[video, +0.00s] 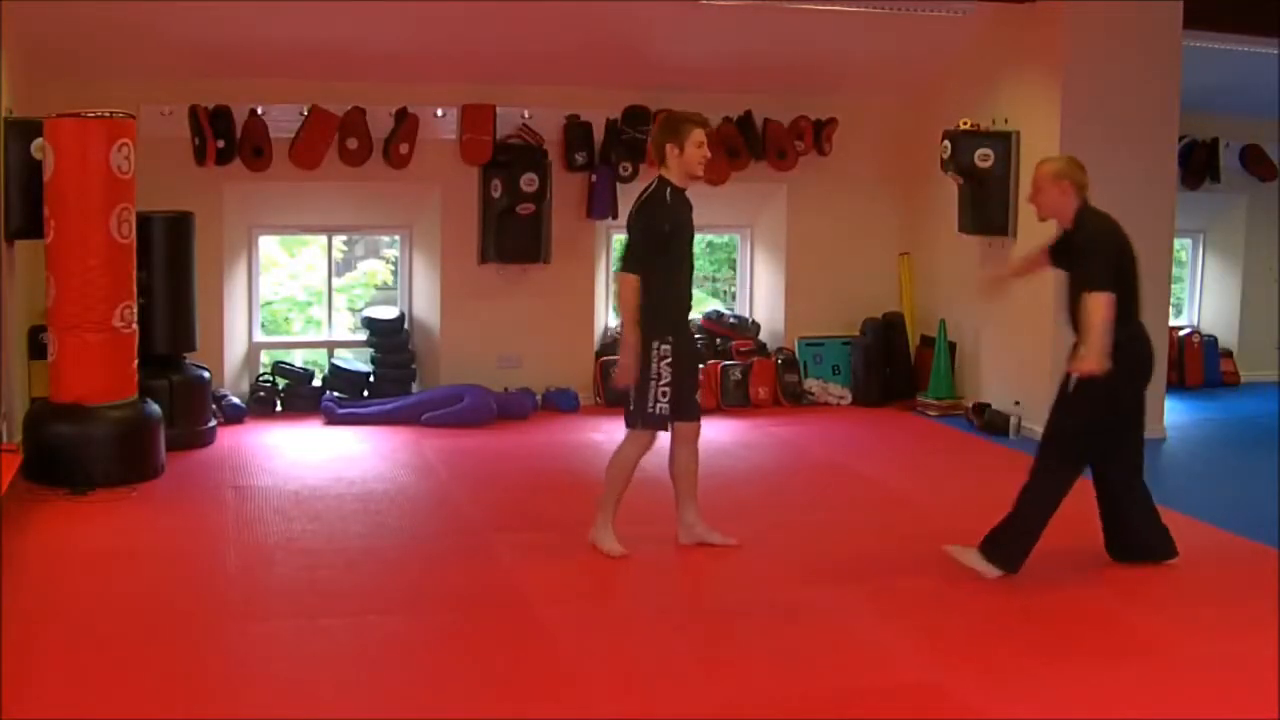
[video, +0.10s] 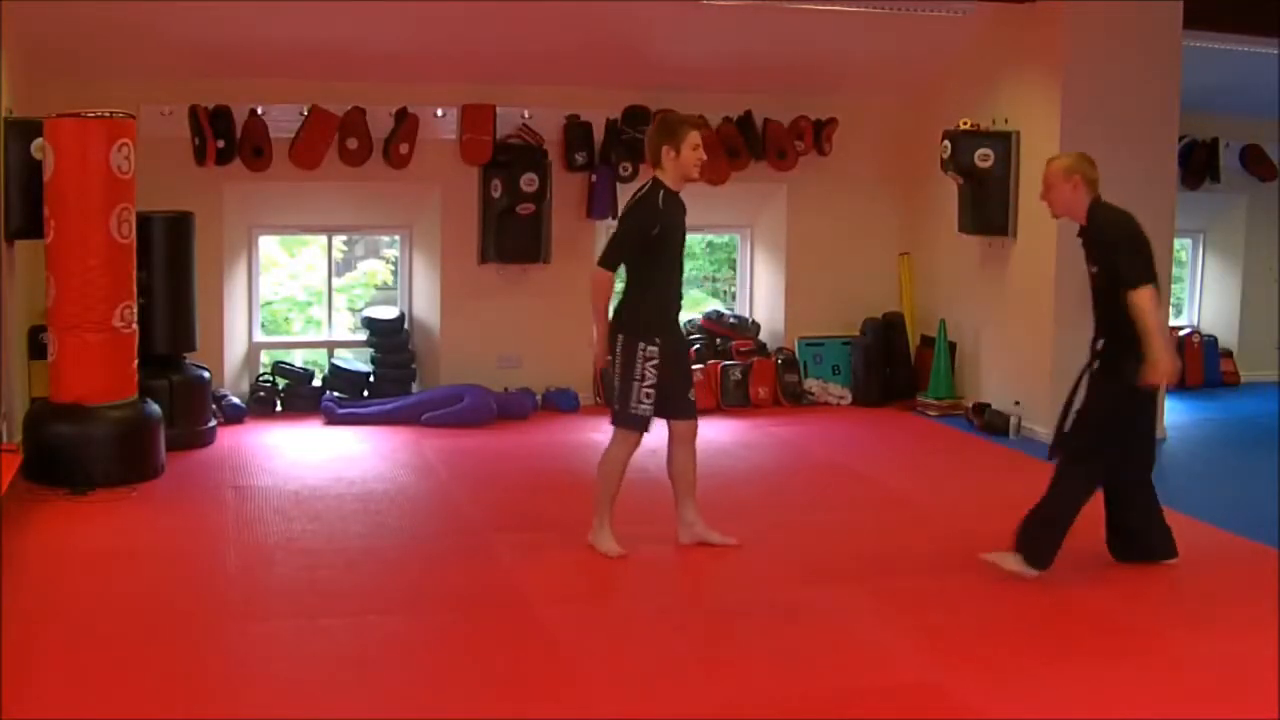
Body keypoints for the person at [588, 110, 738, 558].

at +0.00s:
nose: (707, 154)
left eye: (707, 146)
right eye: (699, 146)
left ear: (684, 152)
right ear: (672, 151)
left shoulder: (679, 201)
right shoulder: (654, 202)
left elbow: (669, 278)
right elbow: (628, 279)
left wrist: (679, 337)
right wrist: (628, 349)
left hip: (678, 332)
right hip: (652, 333)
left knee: (686, 429)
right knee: (642, 434)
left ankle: (690, 523)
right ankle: (602, 524)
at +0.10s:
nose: (702, 157)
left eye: (703, 149)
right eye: (695, 149)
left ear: (677, 154)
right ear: (668, 153)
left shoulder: (673, 203)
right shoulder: (648, 201)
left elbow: (656, 274)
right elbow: (603, 270)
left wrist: (665, 330)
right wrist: (602, 337)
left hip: (668, 332)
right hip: (638, 332)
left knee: (684, 427)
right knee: (628, 434)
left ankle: (690, 523)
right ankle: (600, 527)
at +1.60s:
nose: (748, 194)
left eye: (749, 186)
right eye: (745, 185)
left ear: (721, 183)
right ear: (719, 182)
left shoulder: (703, 226)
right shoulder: (681, 226)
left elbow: (662, 285)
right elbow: (636, 289)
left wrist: (628, 317)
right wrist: (623, 321)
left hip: (679, 345)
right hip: (654, 347)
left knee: (713, 427)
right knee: (682, 446)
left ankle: (685, 509)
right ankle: (628, 526)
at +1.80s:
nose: (777, 267)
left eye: (778, 259)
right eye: (774, 257)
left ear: (745, 254)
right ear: (749, 254)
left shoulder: (715, 283)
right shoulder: (700, 285)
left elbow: (660, 322)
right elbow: (636, 327)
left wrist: (613, 341)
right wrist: (604, 351)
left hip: (662, 370)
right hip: (640, 371)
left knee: (720, 429)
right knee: (675, 467)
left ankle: (684, 508)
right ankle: (607, 553)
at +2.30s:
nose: (751, 191)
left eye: (753, 180)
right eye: (749, 179)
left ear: (715, 175)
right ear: (725, 175)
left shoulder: (682, 212)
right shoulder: (684, 221)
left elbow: (626, 283)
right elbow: (630, 292)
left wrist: (604, 323)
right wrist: (601, 327)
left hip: (643, 353)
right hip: (644, 357)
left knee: (654, 473)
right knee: (679, 477)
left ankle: (614, 559)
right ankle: (600, 561)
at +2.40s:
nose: (748, 173)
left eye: (749, 163)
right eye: (747, 162)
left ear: (705, 156)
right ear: (727, 158)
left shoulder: (669, 198)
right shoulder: (691, 206)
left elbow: (621, 271)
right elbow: (641, 279)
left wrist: (617, 320)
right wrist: (618, 323)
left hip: (640, 354)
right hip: (664, 356)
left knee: (656, 470)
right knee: (705, 477)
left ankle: (604, 577)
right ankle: (635, 587)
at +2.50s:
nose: (748, 185)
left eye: (747, 174)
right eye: (746, 174)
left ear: (698, 170)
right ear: (727, 172)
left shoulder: (670, 218)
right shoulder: (700, 224)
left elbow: (618, 288)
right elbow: (659, 302)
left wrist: (614, 344)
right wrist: (635, 348)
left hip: (642, 378)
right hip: (681, 378)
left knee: (640, 500)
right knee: (725, 503)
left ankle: (594, 616)